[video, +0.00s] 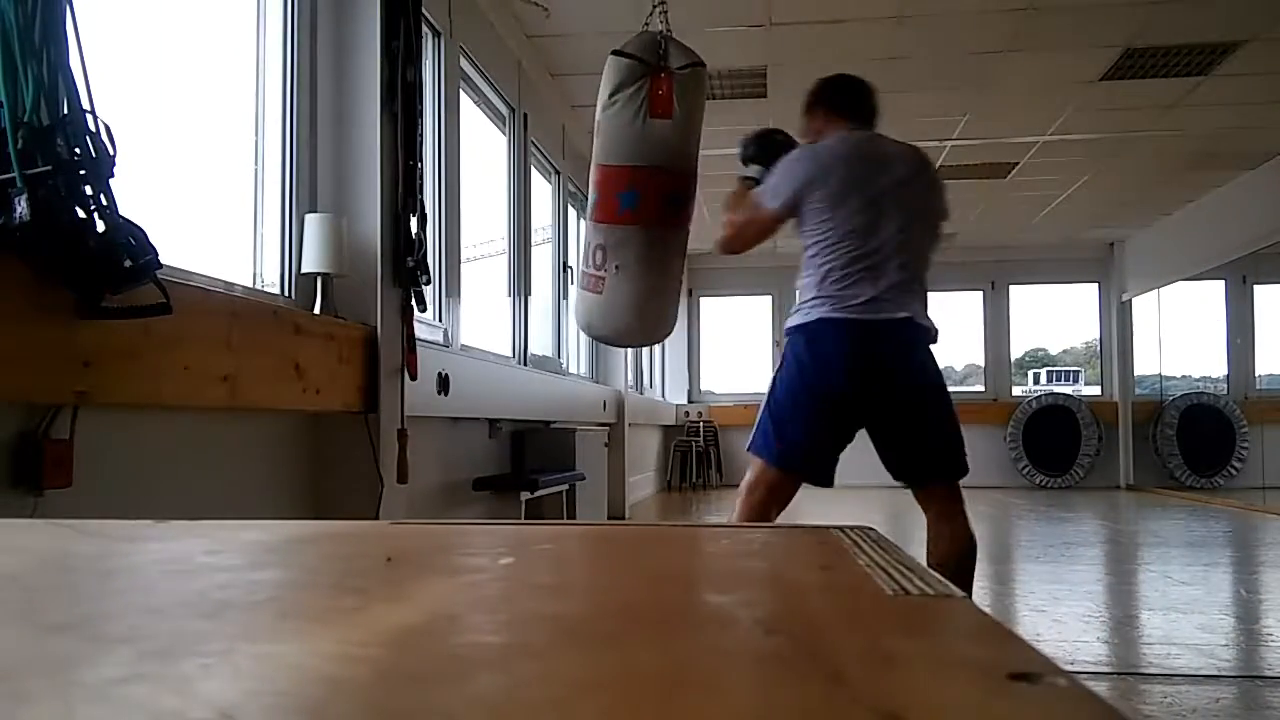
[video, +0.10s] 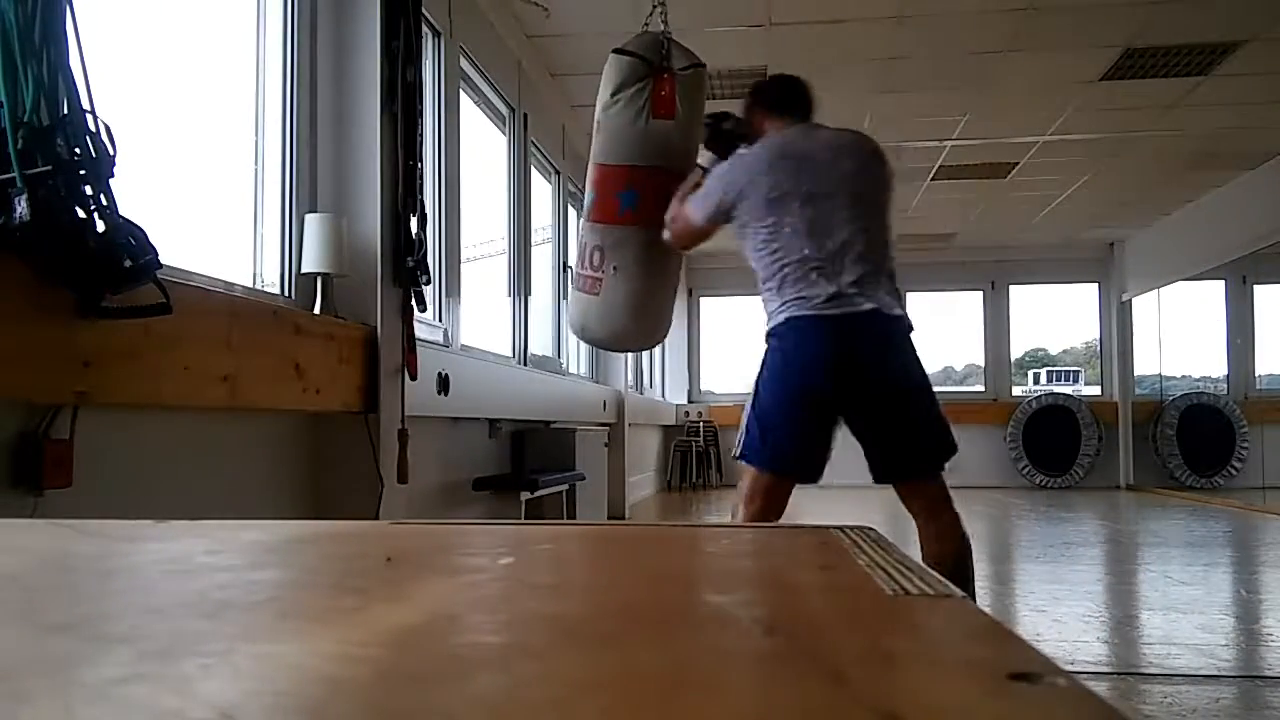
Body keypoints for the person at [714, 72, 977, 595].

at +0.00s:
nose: (807, 134)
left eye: (808, 124)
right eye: (806, 126)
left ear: (821, 119)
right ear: (870, 117)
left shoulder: (813, 160)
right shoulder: (919, 165)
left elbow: (733, 237)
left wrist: (748, 175)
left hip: (823, 348)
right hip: (904, 349)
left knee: (760, 500)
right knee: (945, 506)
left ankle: (726, 620)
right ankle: (955, 639)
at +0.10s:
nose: (753, 130)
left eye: (752, 123)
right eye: (754, 124)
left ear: (757, 120)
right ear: (807, 114)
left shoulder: (746, 165)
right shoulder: (864, 149)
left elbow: (678, 229)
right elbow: (820, 205)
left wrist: (704, 165)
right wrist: (759, 151)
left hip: (801, 347)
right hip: (884, 340)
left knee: (758, 507)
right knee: (931, 505)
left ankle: (734, 643)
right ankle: (966, 640)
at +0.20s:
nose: (708, 122)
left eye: (707, 116)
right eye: (709, 115)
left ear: (714, 113)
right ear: (764, 101)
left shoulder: (704, 171)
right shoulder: (822, 130)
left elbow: (657, 230)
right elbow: (786, 184)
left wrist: (675, 166)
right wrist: (715, 148)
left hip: (790, 332)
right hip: (872, 316)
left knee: (760, 505)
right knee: (925, 487)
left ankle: (741, 642)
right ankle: (964, 634)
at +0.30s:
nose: (685, 120)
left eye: (683, 113)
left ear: (685, 112)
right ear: (741, 100)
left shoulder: (677, 175)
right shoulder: (795, 123)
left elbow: (652, 233)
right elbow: (786, 181)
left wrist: (664, 166)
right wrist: (697, 144)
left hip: (777, 329)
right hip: (858, 307)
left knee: (752, 505)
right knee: (922, 473)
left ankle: (734, 643)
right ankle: (960, 626)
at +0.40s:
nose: (672, 111)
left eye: (673, 103)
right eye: (674, 104)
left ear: (679, 101)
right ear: (734, 89)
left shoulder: (671, 165)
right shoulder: (790, 115)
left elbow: (655, 232)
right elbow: (809, 163)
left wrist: (661, 156)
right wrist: (695, 132)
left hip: (769, 326)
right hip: (849, 304)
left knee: (747, 505)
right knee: (918, 468)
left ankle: (730, 646)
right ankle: (960, 622)